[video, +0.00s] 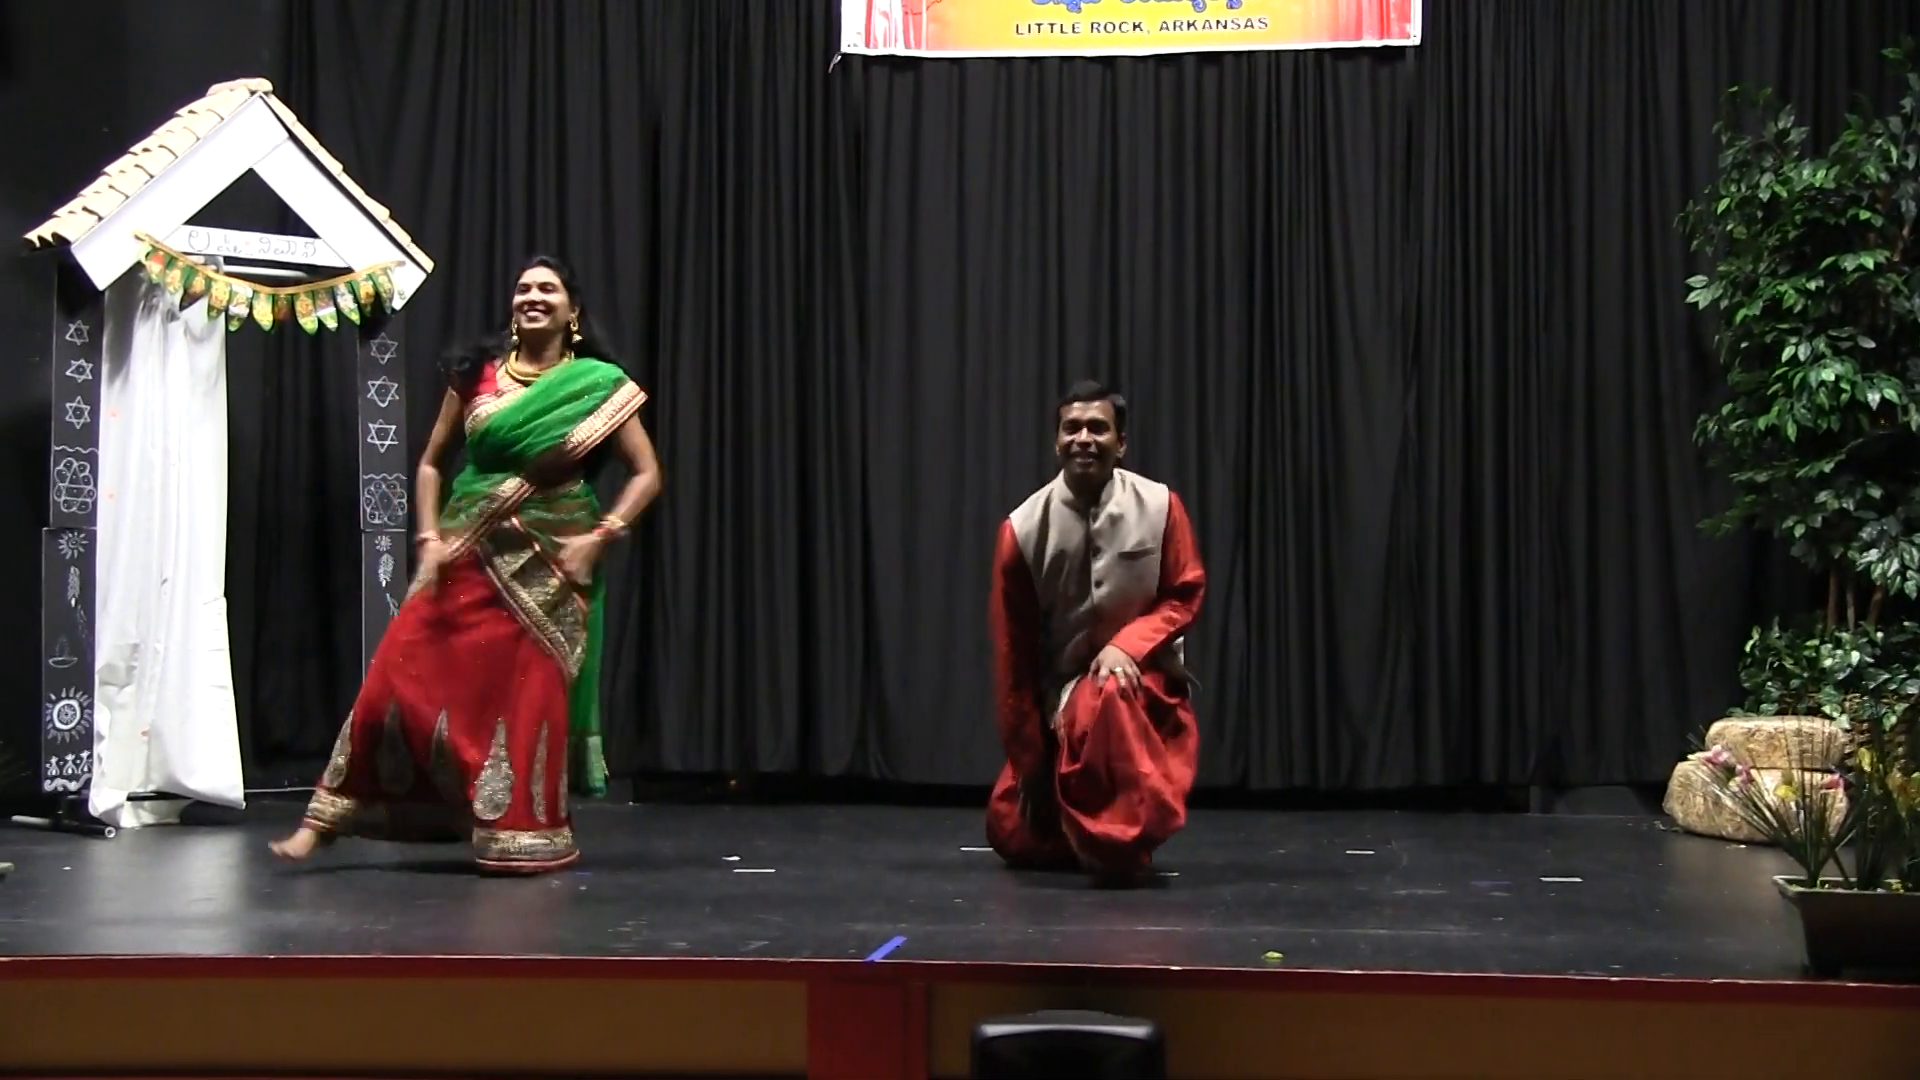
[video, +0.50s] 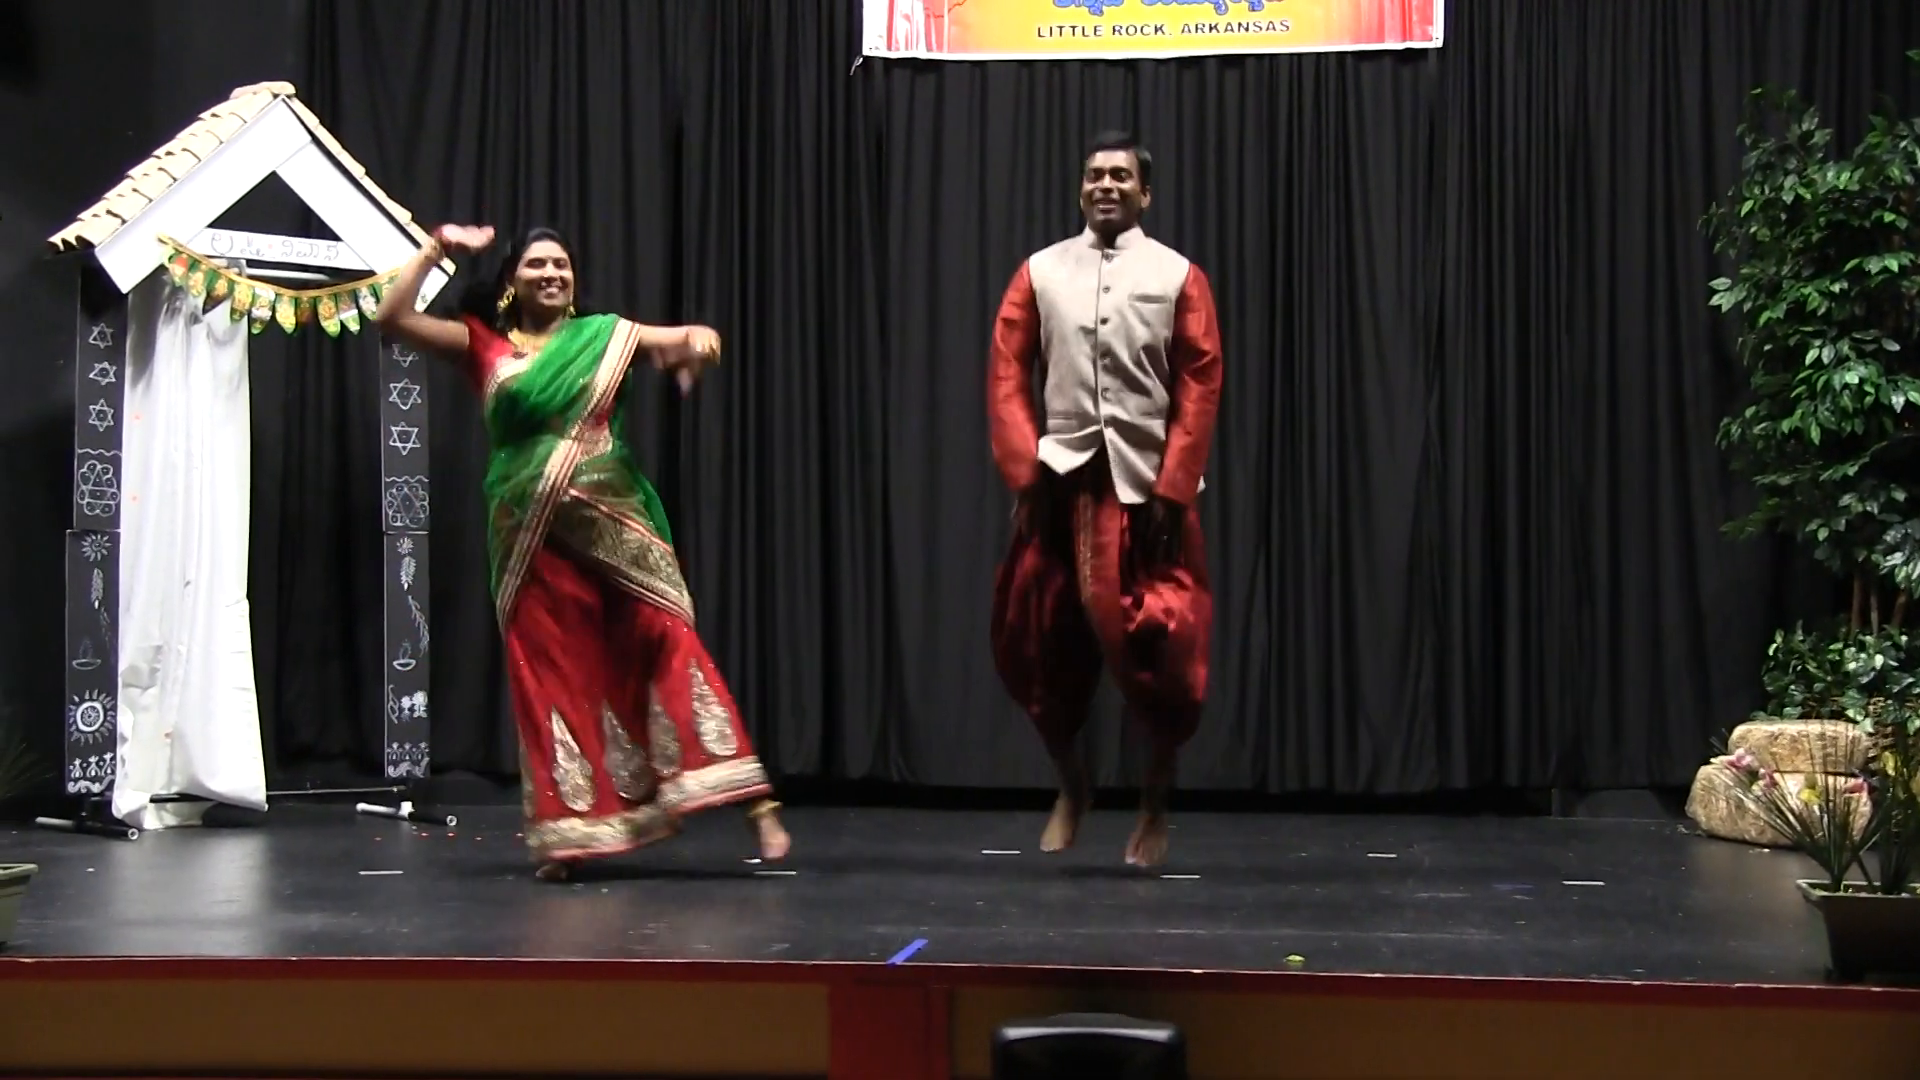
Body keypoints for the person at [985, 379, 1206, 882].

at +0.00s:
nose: (1083, 439)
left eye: (1097, 428)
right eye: (1072, 428)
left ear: (1120, 443)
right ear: (1057, 441)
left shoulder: (1160, 508)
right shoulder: (1024, 529)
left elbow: (1185, 596)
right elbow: (1015, 657)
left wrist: (1125, 646)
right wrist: (1030, 766)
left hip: (1145, 685)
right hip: (1059, 698)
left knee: (1106, 690)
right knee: (1013, 834)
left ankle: (1125, 849)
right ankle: (1102, 833)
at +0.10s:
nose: (1095, 408)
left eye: (1109, 397)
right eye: (1083, 398)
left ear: (1133, 411)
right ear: (1069, 411)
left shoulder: (1167, 488)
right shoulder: (1032, 497)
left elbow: (1183, 584)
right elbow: (1020, 613)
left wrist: (1128, 647)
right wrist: (1030, 721)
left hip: (1147, 666)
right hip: (1063, 671)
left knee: (1106, 696)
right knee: (1039, 832)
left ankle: (1123, 850)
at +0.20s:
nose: (1106, 359)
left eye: (1120, 348)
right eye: (1096, 348)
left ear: (1144, 363)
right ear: (1081, 362)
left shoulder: (1173, 451)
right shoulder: (1039, 445)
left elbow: (1171, 552)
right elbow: (1022, 553)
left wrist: (1137, 640)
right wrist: (1025, 654)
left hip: (1140, 622)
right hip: (1062, 624)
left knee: (1104, 706)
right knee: (1052, 732)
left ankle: (1116, 841)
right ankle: (1068, 832)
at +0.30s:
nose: (1112, 292)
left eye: (1126, 282)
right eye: (1103, 282)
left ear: (1151, 298)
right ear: (1087, 294)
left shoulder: (1177, 389)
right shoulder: (1045, 378)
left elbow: (1186, 494)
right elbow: (1019, 482)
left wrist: (1152, 590)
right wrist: (1021, 584)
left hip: (1141, 576)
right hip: (1062, 572)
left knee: (1125, 695)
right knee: (1062, 702)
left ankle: (1126, 846)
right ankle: (1074, 811)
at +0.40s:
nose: (1111, 222)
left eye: (1124, 211)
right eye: (1101, 211)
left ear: (1149, 226)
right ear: (1086, 223)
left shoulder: (1178, 315)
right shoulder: (1045, 305)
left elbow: (1197, 421)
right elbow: (1018, 406)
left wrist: (1174, 518)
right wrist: (1021, 505)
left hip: (1146, 512)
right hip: (1061, 507)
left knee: (1153, 662)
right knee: (1046, 660)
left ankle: (1141, 834)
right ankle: (1082, 769)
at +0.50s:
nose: (1106, 185)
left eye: (1120, 175)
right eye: (1096, 175)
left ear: (1144, 191)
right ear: (1080, 189)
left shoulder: (1177, 275)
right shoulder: (1041, 270)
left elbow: (1201, 382)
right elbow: (1006, 371)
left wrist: (1175, 485)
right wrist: (1024, 467)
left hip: (1147, 481)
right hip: (1058, 478)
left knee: (1159, 645)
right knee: (1043, 635)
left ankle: (1153, 814)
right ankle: (1070, 790)